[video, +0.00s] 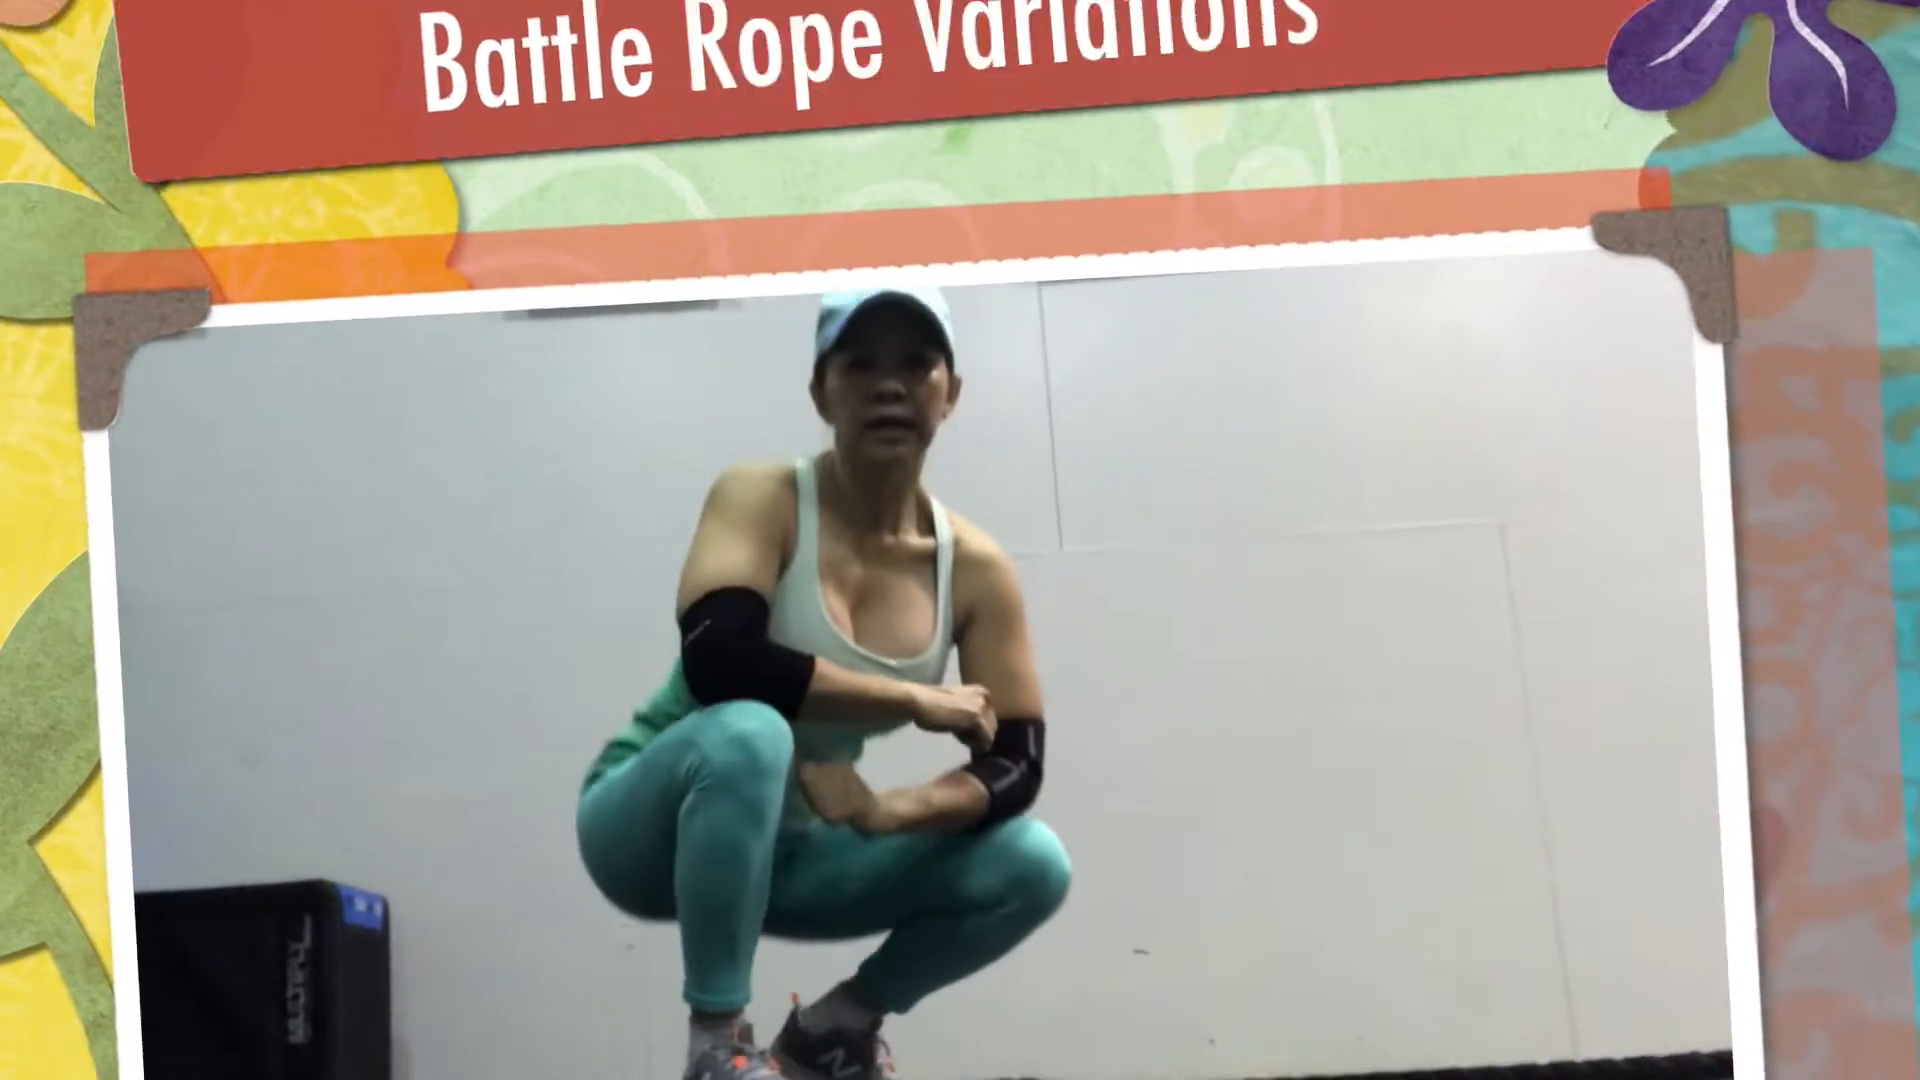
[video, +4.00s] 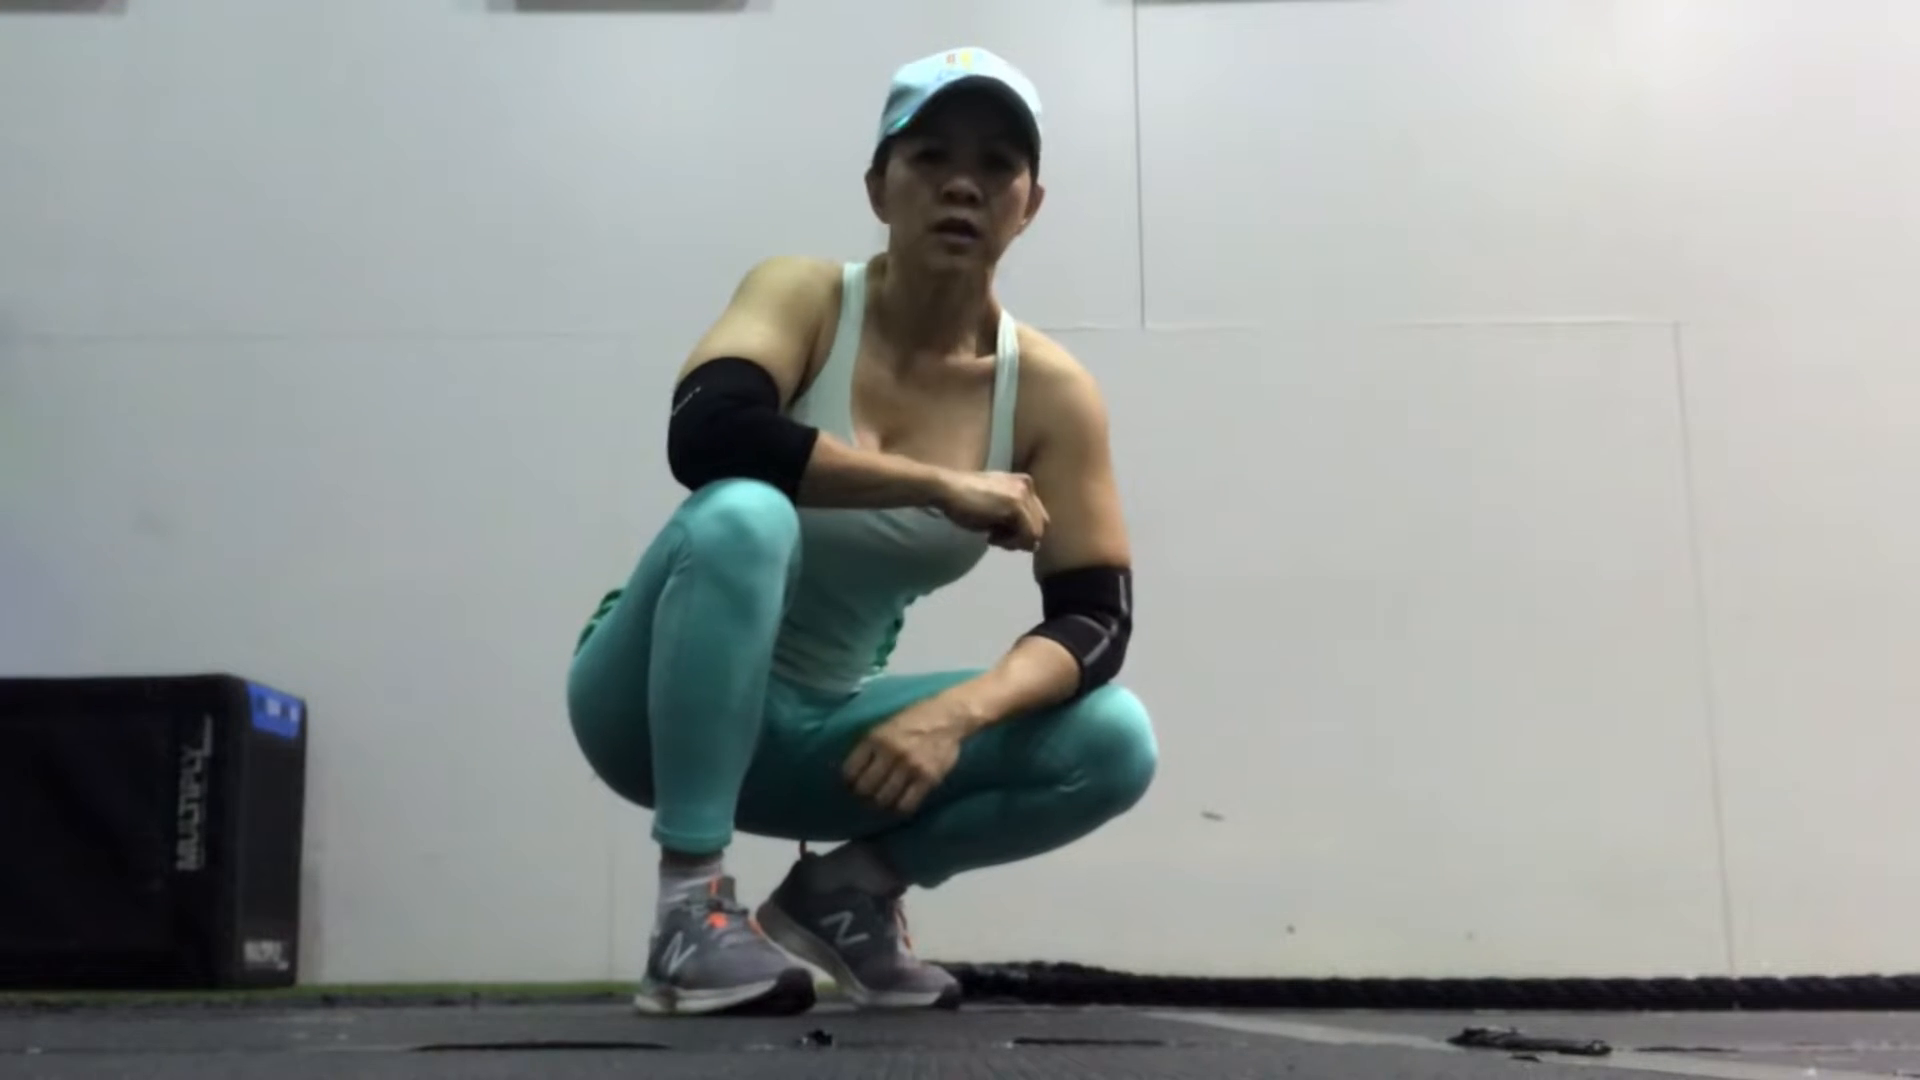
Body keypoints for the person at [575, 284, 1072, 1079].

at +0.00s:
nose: (889, 383)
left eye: (915, 364)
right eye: (862, 365)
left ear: (948, 393)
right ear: (822, 392)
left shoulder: (976, 570)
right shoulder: (756, 499)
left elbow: (1014, 767)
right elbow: (722, 661)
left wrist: (889, 810)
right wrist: (913, 700)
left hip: (810, 854)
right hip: (655, 833)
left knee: (1031, 865)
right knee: (747, 736)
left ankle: (838, 1025)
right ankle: (717, 1046)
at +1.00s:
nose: (937, 156)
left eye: (969, 134)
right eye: (906, 132)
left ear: (1012, 176)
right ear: (861, 167)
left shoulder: (1036, 373)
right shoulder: (781, 283)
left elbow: (1081, 608)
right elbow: (699, 441)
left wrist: (936, 674)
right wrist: (933, 468)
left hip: (814, 718)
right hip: (638, 689)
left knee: (1099, 723)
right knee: (751, 525)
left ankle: (843, 888)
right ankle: (692, 912)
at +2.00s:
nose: (958, 171)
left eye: (989, 150)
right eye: (928, 142)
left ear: (1020, 191)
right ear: (869, 173)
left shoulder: (1040, 384)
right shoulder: (785, 291)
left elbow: (1079, 617)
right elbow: (713, 439)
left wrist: (933, 702)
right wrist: (943, 496)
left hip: (819, 731)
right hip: (654, 701)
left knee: (1100, 735)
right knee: (745, 520)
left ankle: (839, 889)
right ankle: (690, 913)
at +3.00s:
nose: (960, 190)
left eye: (992, 163)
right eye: (928, 160)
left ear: (1032, 191)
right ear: (879, 181)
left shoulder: (1053, 392)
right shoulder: (796, 294)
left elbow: (1092, 625)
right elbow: (715, 437)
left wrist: (946, 715)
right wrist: (944, 495)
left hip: (833, 729)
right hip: (668, 697)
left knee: (1110, 747)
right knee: (744, 516)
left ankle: (842, 889)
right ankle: (692, 908)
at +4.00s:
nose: (962, 186)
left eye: (994, 165)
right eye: (933, 157)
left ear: (1029, 203)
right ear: (880, 185)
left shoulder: (1048, 391)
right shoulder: (798, 296)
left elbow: (1093, 621)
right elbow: (708, 436)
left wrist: (957, 710)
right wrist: (940, 485)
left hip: (824, 733)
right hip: (662, 699)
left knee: (1111, 743)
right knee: (745, 518)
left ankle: (841, 890)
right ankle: (692, 909)